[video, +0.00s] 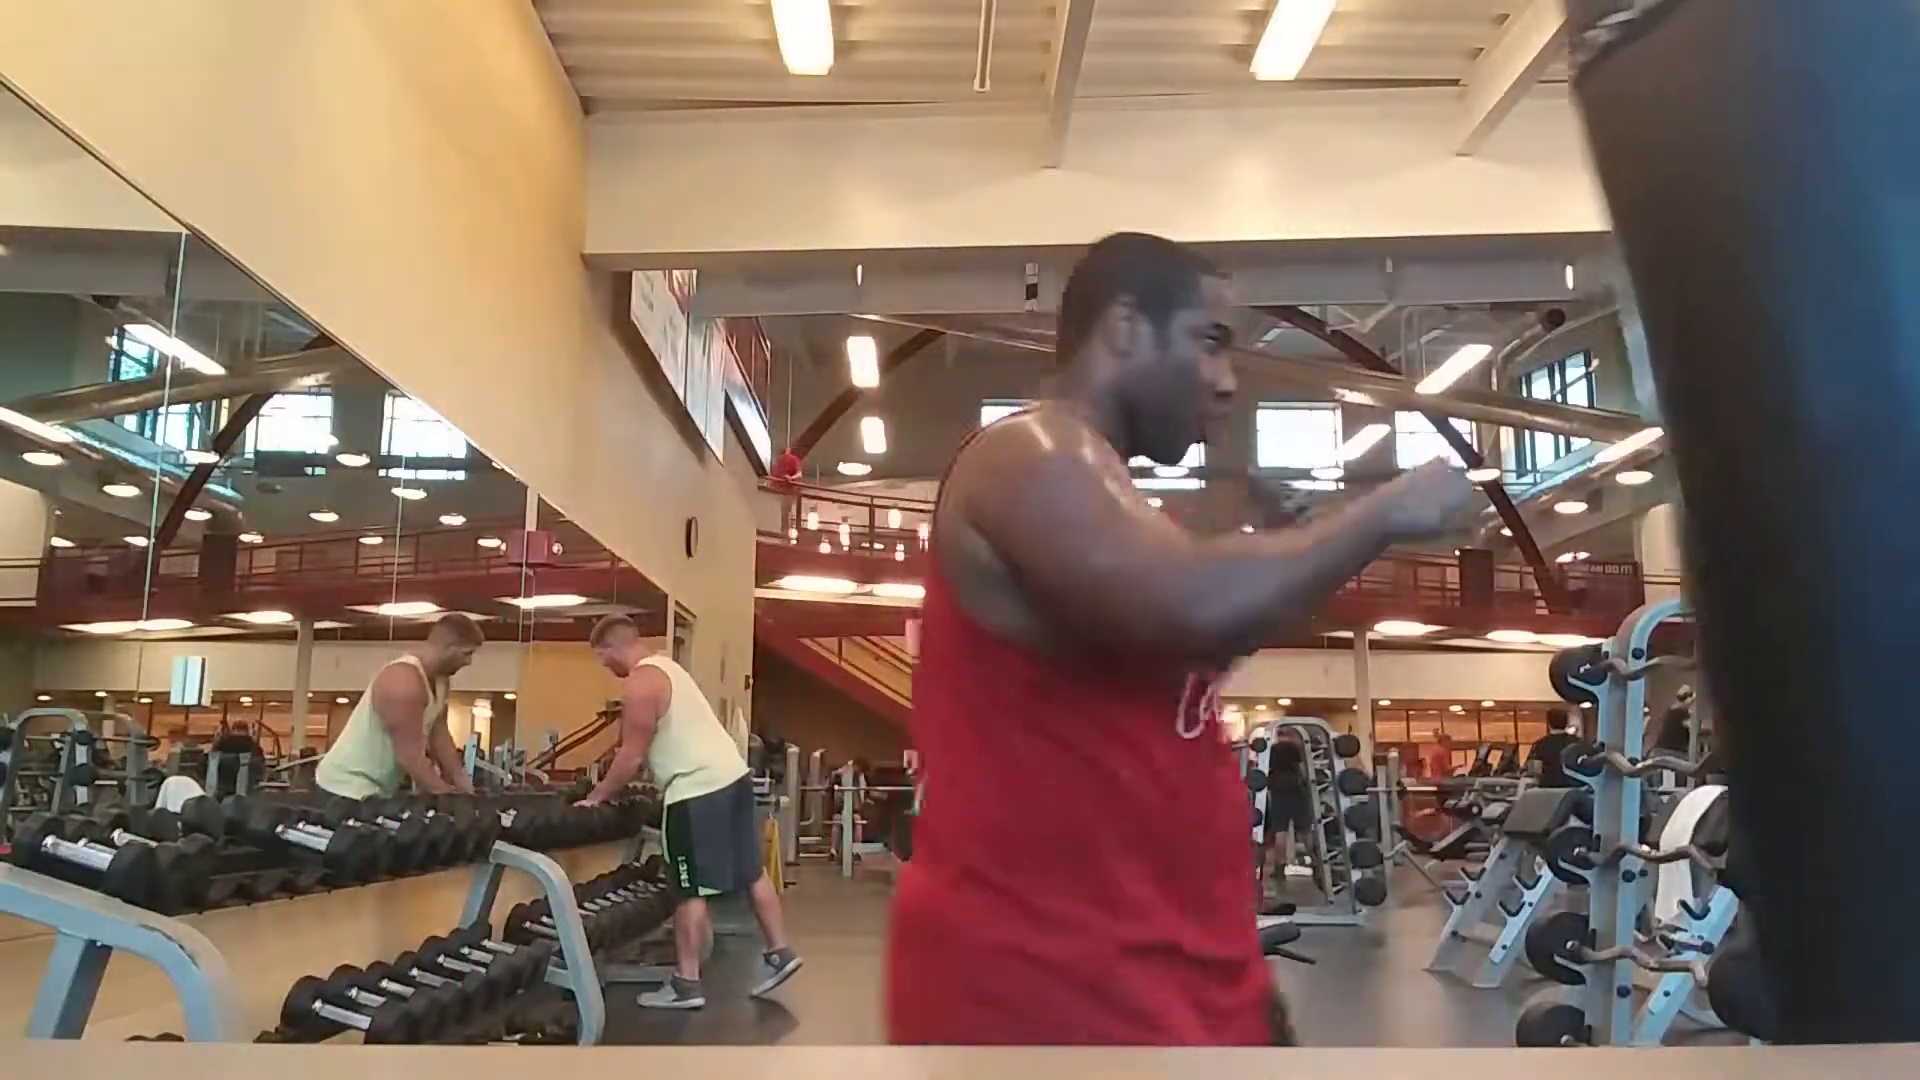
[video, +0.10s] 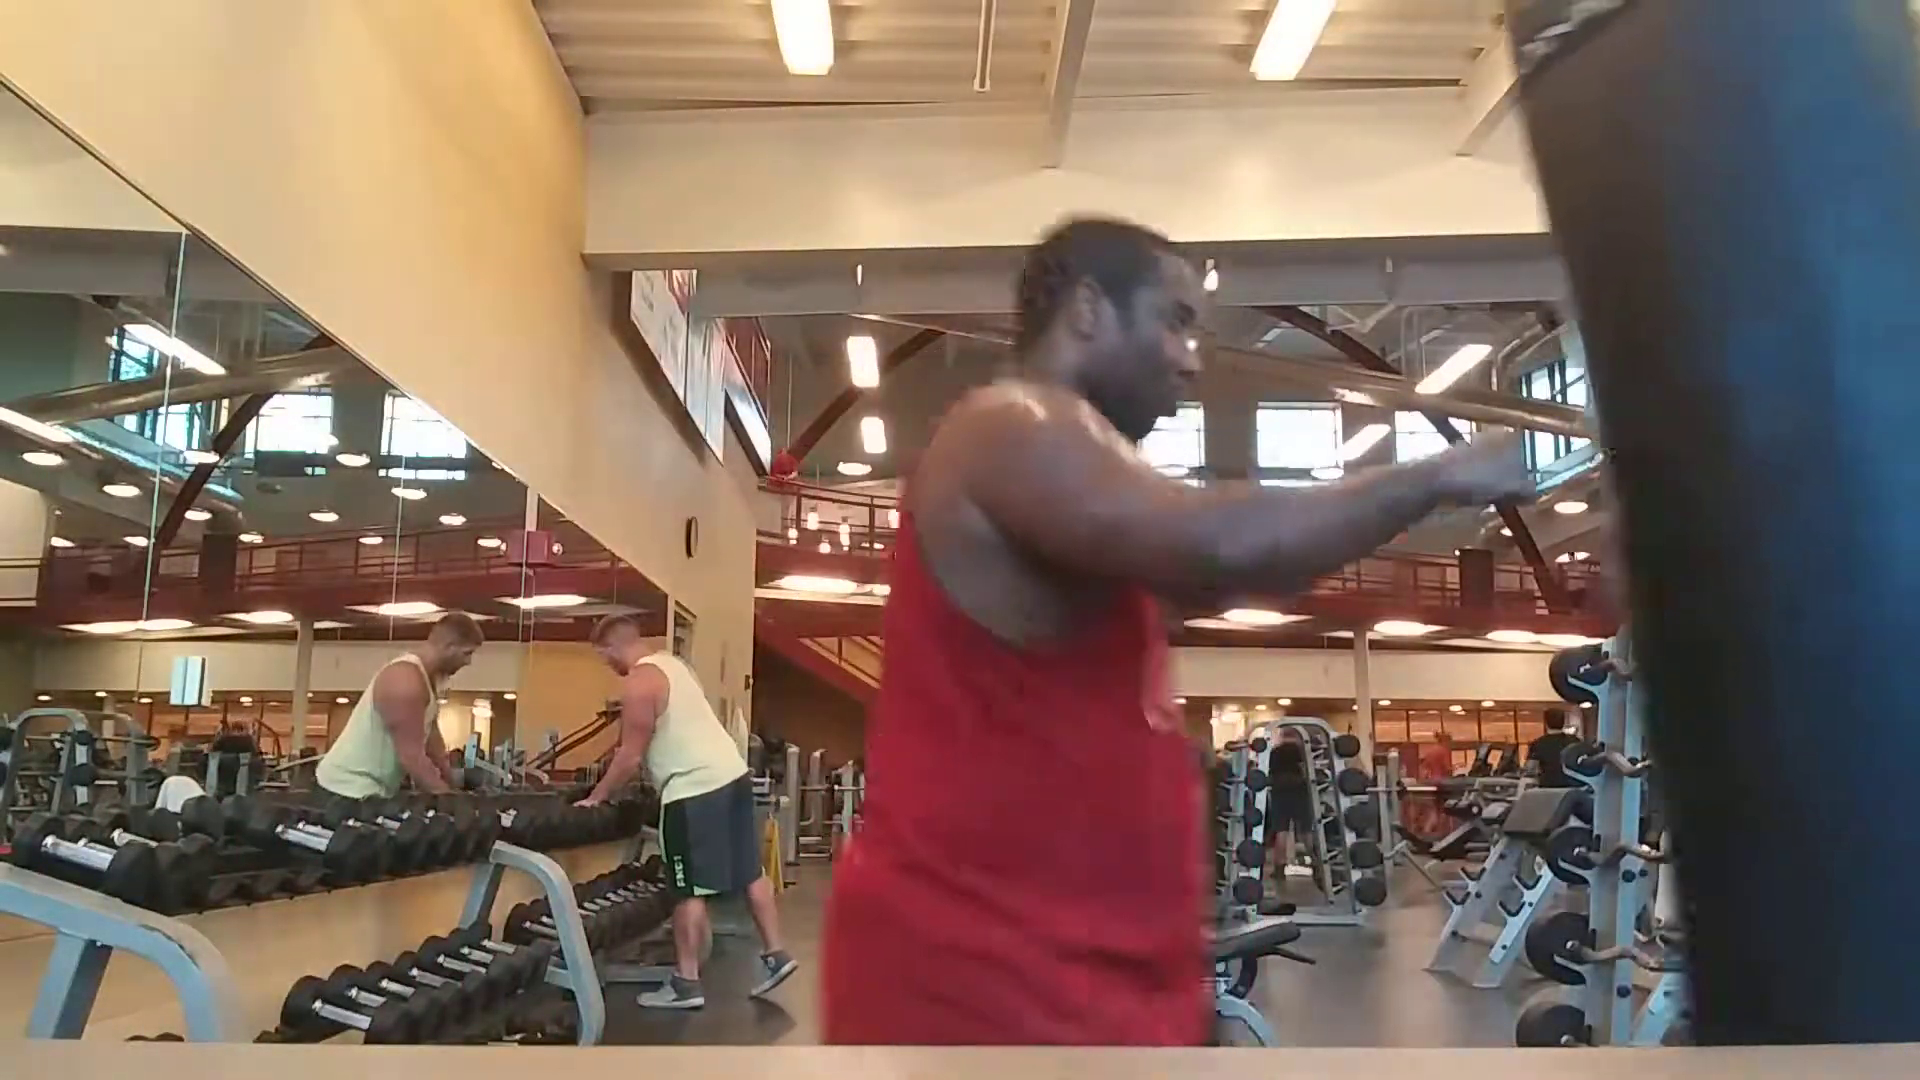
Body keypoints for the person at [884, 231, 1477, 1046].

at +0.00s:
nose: (1227, 381)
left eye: (1227, 350)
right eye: (1210, 341)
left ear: (1131, 336)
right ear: (1124, 330)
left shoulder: (1109, 488)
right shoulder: (1030, 456)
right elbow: (1184, 606)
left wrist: (1342, 513)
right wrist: (1379, 515)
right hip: (1062, 990)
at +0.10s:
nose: (1192, 358)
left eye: (1193, 330)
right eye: (1175, 321)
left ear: (1086, 319)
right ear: (1087, 311)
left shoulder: (1074, 450)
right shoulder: (1011, 427)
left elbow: (1219, 576)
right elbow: (1200, 554)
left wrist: (1347, 491)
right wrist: (1433, 481)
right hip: (996, 968)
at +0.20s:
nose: (1163, 312)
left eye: (1160, 282)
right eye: (1144, 275)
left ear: (1047, 268)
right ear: (1052, 263)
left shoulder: (968, 387)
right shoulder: (982, 373)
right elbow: (1203, 502)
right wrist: (1466, 476)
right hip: (931, 946)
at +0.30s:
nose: (1116, 279)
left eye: (1114, 246)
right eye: (1096, 237)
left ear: (998, 236)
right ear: (1003, 228)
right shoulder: (928, 344)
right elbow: (1159, 478)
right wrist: (1413, 489)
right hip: (865, 928)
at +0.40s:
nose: (1036, 294)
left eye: (1037, 265)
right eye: (1024, 256)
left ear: (928, 244)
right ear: (934, 240)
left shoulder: (888, 385)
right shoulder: (857, 354)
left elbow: (970, 600)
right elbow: (1125, 460)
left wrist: (1062, 496)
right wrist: (1378, 480)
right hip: (780, 926)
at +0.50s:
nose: (957, 341)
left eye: (961, 314)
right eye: (943, 306)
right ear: (855, 282)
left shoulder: (814, 442)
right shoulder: (777, 390)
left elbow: (926, 608)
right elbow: (1060, 467)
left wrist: (1013, 493)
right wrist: (1294, 467)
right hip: (703, 956)